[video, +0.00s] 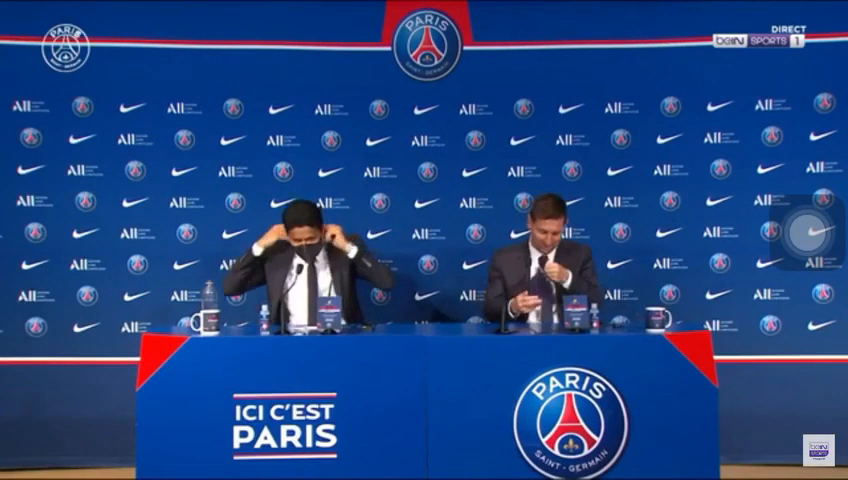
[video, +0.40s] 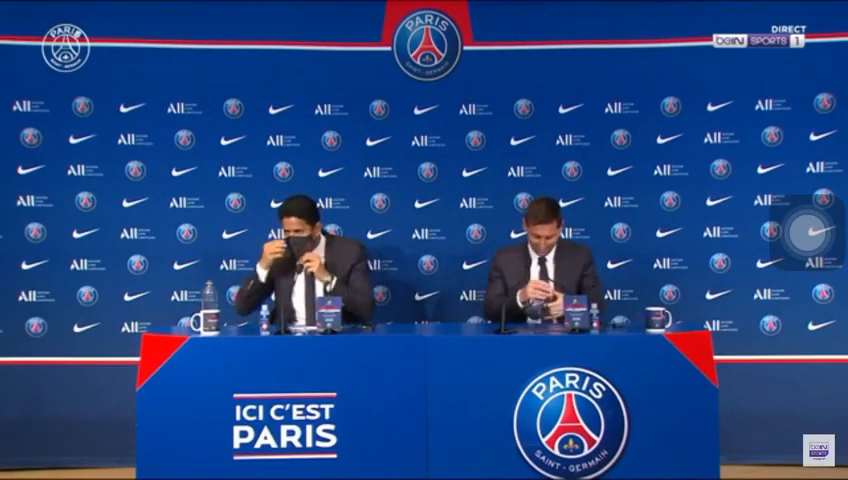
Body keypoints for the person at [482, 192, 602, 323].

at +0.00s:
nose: (548, 240)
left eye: (555, 234)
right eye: (543, 232)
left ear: (564, 226)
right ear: (530, 223)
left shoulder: (579, 254)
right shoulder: (504, 258)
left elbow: (595, 297)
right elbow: (490, 307)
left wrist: (567, 278)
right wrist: (511, 307)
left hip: (568, 340)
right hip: (520, 341)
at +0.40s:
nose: (542, 245)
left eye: (549, 237)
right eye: (536, 237)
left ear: (559, 228)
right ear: (525, 226)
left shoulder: (580, 255)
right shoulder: (504, 258)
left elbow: (596, 305)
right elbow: (491, 309)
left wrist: (569, 304)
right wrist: (520, 297)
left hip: (568, 342)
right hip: (519, 343)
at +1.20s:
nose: (534, 236)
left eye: (541, 228)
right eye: (527, 227)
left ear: (553, 226)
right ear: (517, 226)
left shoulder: (577, 257)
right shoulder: (502, 261)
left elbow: (593, 308)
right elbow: (490, 311)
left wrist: (565, 303)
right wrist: (521, 304)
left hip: (565, 342)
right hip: (517, 342)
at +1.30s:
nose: (534, 232)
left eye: (541, 224)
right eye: (528, 224)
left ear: (554, 225)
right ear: (518, 224)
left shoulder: (577, 257)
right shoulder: (502, 260)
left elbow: (594, 307)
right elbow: (490, 312)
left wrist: (566, 299)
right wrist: (519, 301)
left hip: (565, 342)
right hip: (517, 342)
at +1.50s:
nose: (535, 229)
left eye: (542, 222)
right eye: (529, 221)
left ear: (555, 223)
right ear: (520, 223)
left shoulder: (578, 256)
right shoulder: (503, 259)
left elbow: (598, 304)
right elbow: (489, 314)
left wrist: (573, 279)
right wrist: (508, 283)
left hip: (566, 341)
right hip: (518, 342)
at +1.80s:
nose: (537, 225)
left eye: (544, 218)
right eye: (531, 217)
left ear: (556, 221)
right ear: (522, 221)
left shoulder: (577, 254)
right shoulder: (506, 255)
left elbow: (600, 304)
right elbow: (487, 311)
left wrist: (577, 265)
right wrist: (505, 273)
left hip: (566, 340)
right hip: (518, 340)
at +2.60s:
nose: (536, 232)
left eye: (543, 225)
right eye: (530, 225)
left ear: (555, 224)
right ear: (519, 225)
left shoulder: (573, 251)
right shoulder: (506, 252)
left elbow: (600, 300)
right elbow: (485, 305)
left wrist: (577, 255)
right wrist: (504, 261)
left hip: (565, 340)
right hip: (519, 340)